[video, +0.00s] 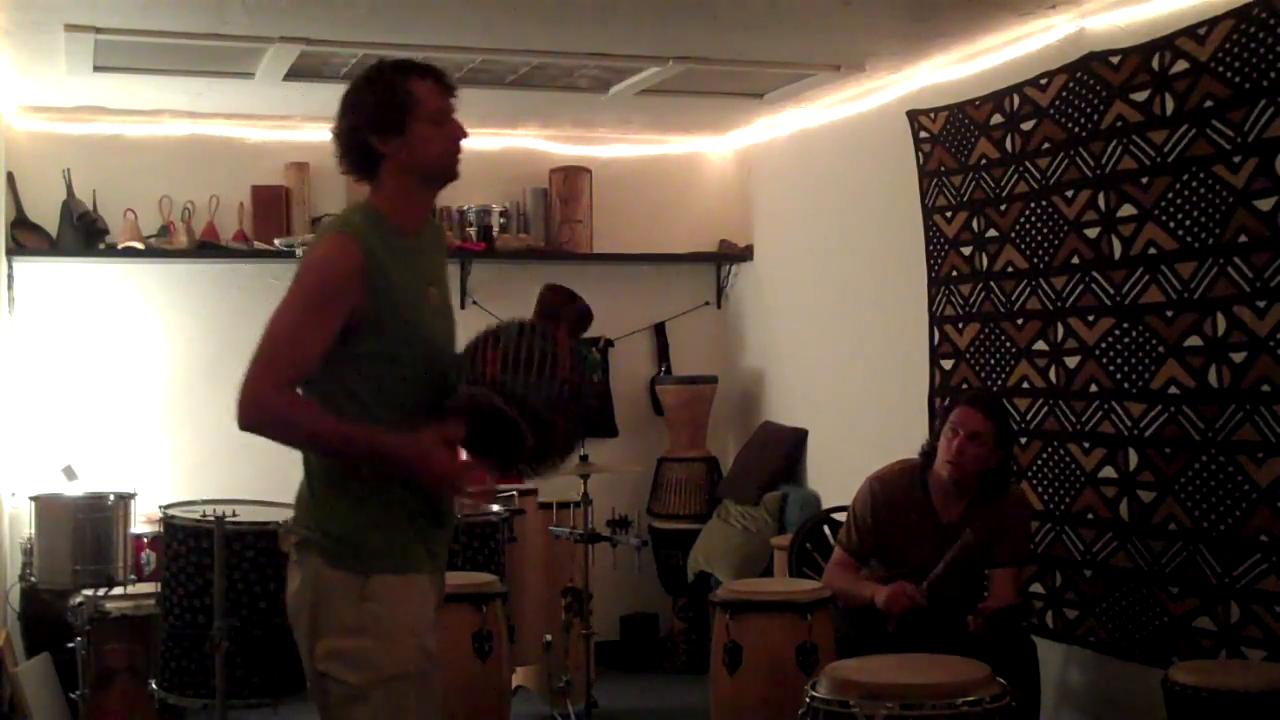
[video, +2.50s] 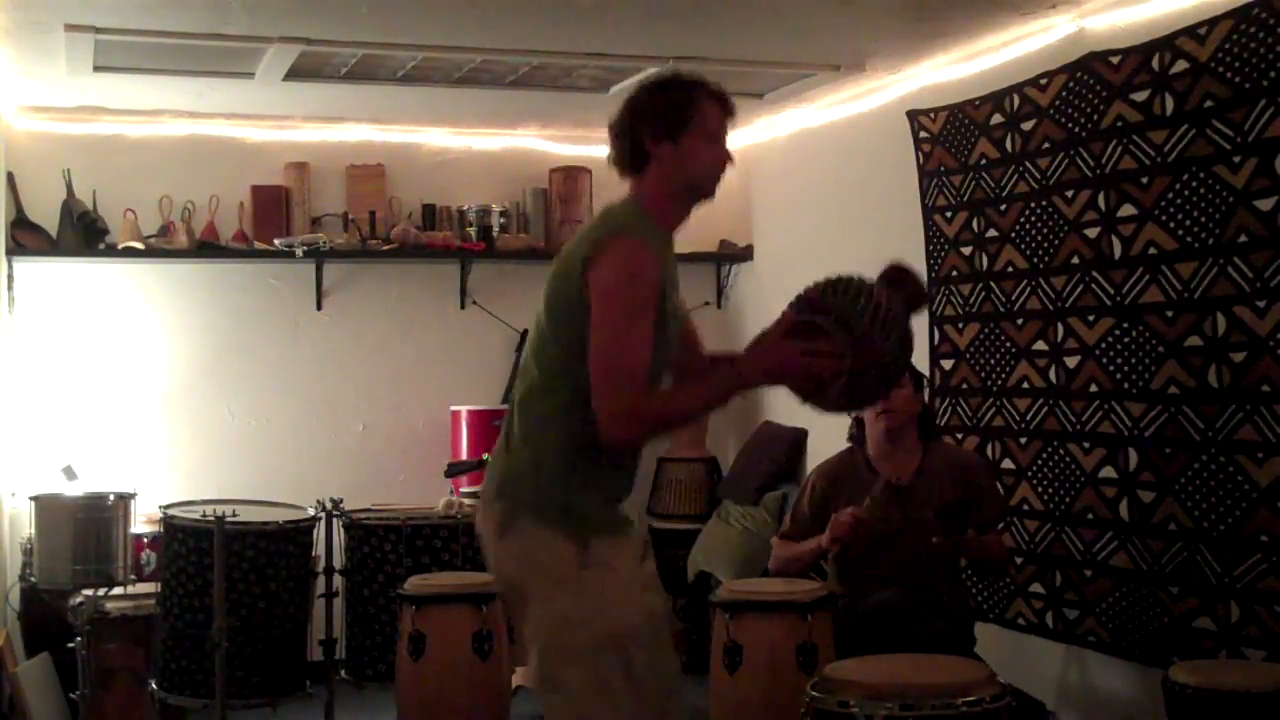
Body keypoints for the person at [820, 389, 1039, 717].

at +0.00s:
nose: (957, 446)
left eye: (973, 440)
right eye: (952, 432)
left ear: (994, 456)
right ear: (939, 434)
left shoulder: (1007, 506)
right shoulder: (885, 489)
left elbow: (1005, 595)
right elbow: (834, 575)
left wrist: (988, 612)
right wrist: (877, 592)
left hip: (959, 626)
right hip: (885, 623)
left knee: (1016, 648)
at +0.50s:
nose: (979, 452)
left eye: (997, 445)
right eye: (974, 436)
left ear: (1016, 459)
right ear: (957, 436)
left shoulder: (1028, 509)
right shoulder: (907, 483)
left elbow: (1018, 602)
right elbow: (814, 531)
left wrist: (981, 626)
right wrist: (875, 570)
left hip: (969, 618)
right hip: (896, 607)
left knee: (1019, 649)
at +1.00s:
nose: (897, 383)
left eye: (913, 375)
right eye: (892, 377)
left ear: (946, 397)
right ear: (884, 396)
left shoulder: (977, 474)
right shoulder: (856, 462)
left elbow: (1014, 561)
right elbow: (765, 517)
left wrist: (973, 580)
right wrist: (834, 538)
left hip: (946, 617)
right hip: (867, 617)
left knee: (1000, 677)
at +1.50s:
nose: (876, 391)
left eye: (887, 381)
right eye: (866, 383)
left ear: (906, 394)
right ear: (851, 399)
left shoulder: (947, 467)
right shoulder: (826, 472)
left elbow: (997, 537)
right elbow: (762, 542)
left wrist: (967, 534)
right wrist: (829, 539)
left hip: (940, 626)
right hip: (863, 631)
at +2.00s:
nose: (894, 395)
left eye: (907, 386)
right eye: (884, 387)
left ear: (929, 400)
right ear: (869, 404)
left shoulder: (966, 469)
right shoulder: (842, 468)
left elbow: (1002, 569)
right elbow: (775, 547)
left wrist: (976, 538)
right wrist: (829, 538)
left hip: (939, 617)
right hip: (857, 618)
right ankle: (1020, 680)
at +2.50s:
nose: (883, 398)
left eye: (895, 386)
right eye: (873, 389)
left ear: (919, 400)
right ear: (859, 407)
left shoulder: (962, 469)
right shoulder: (829, 478)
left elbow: (997, 553)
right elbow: (777, 561)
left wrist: (964, 542)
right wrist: (821, 542)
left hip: (943, 636)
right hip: (859, 639)